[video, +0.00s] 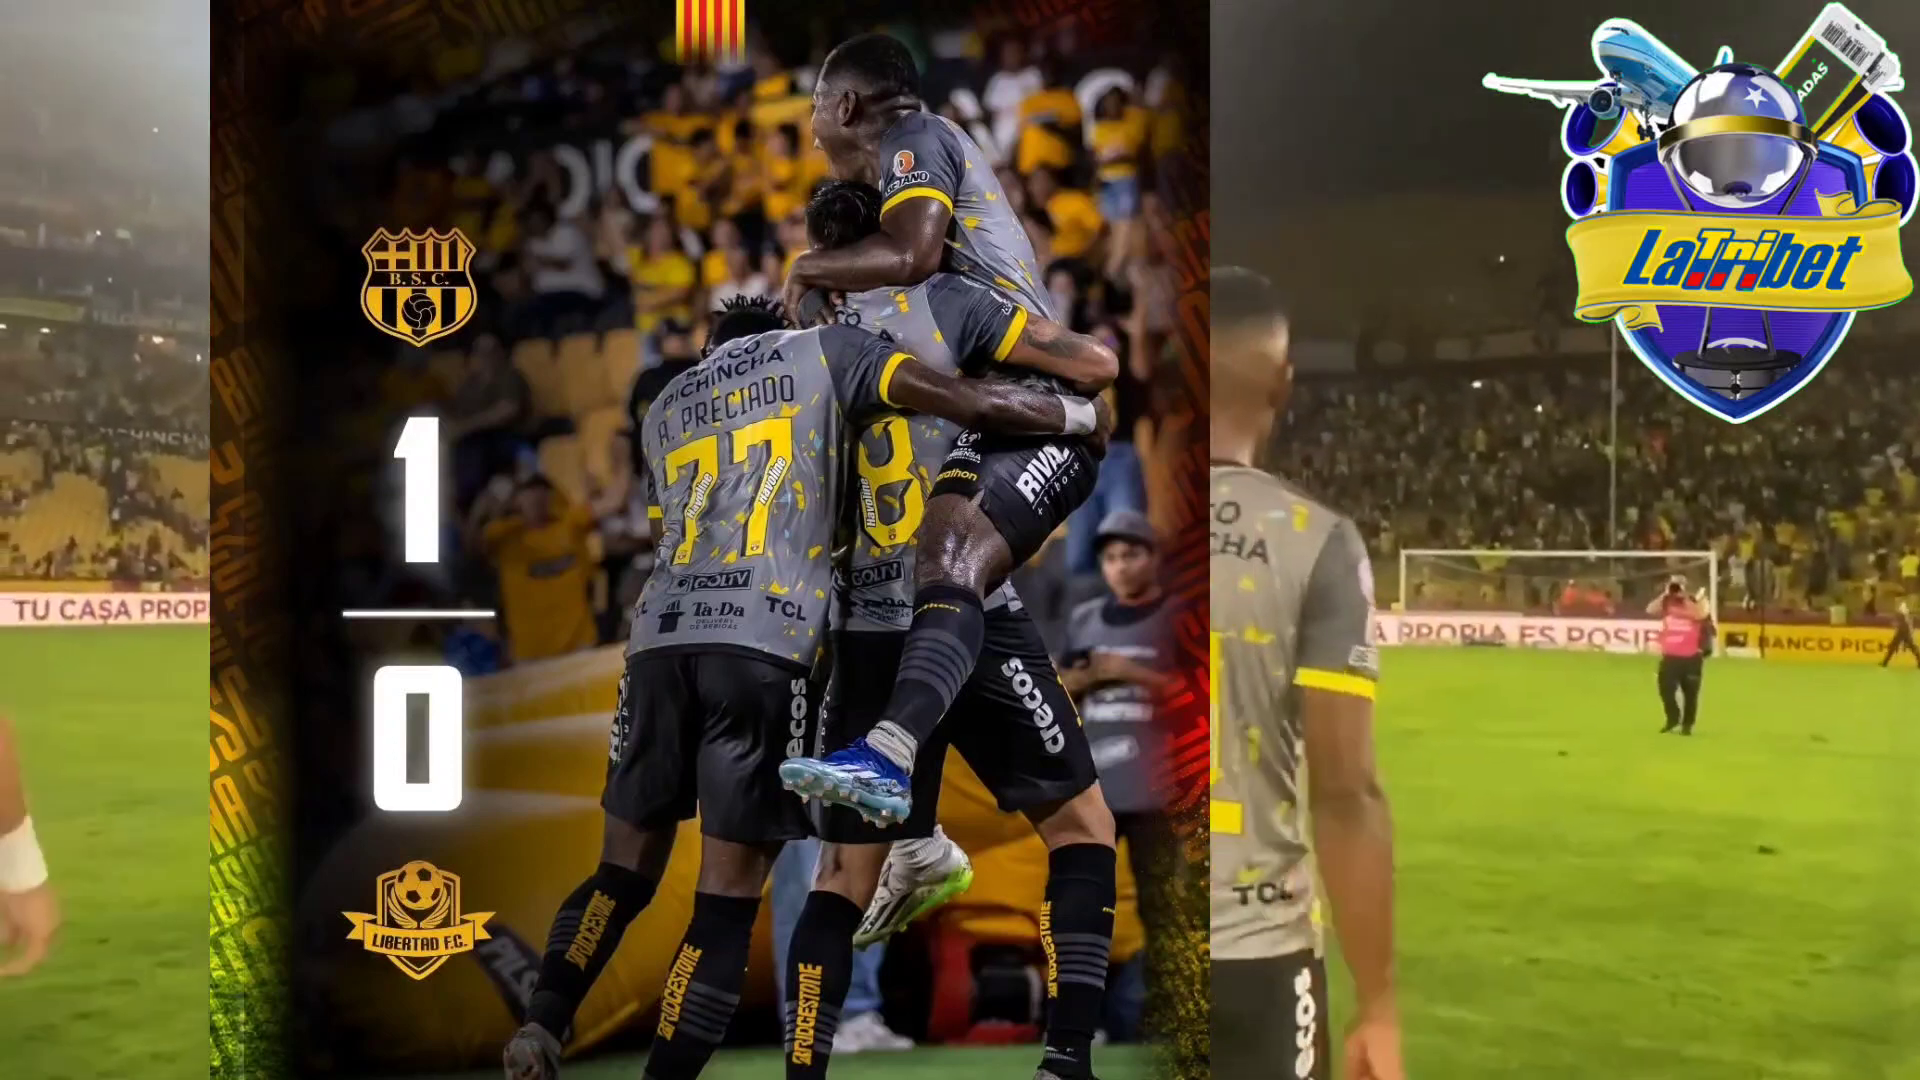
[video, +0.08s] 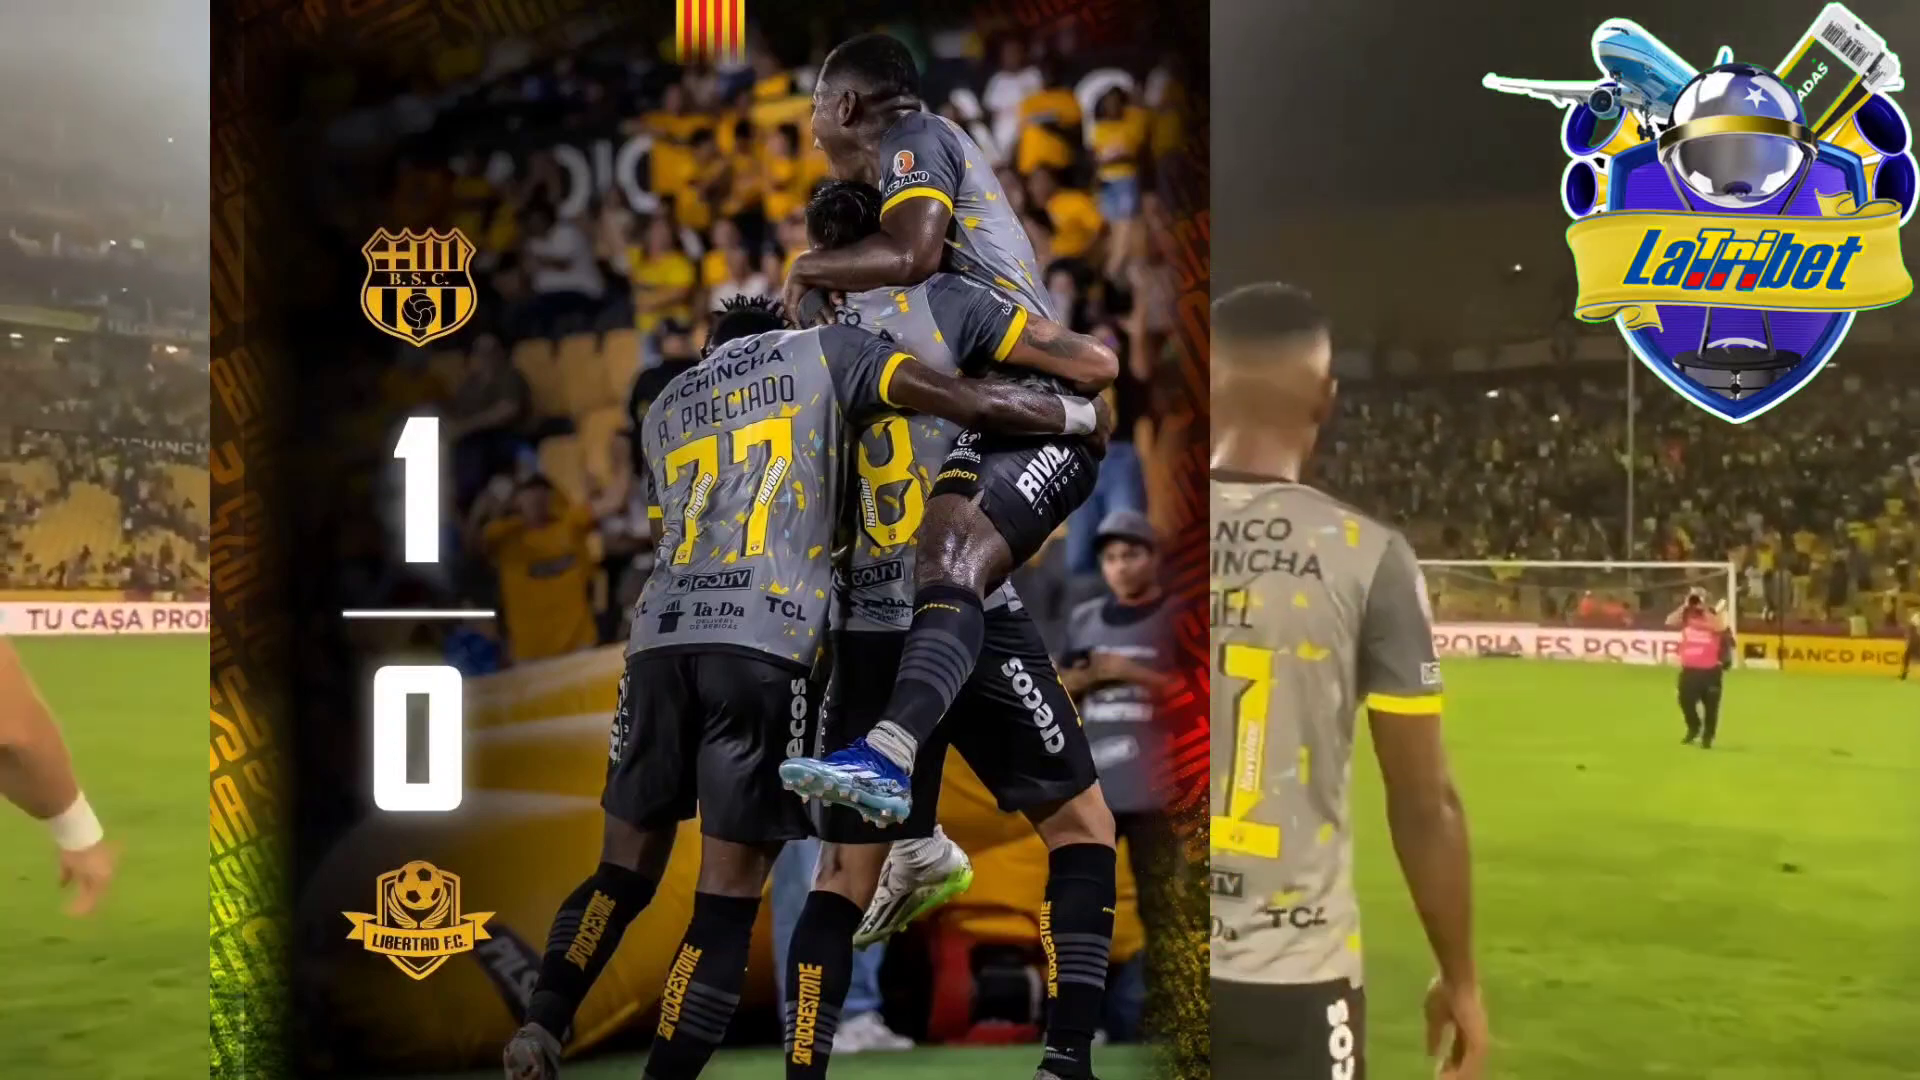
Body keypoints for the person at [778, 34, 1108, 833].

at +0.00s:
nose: (817, 129)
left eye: (822, 110)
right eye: (816, 112)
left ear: (857, 102)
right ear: (882, 103)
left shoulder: (913, 133)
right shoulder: (907, 159)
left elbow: (914, 250)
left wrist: (806, 265)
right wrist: (809, 296)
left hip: (1043, 402)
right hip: (981, 401)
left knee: (952, 558)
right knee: (894, 567)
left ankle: (888, 759)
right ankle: (916, 837)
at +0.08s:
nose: (816, 128)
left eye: (821, 109)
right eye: (815, 111)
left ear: (856, 102)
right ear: (881, 103)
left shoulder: (914, 135)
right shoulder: (912, 152)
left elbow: (914, 251)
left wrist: (807, 265)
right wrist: (808, 298)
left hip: (1043, 403)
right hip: (982, 401)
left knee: (953, 557)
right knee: (898, 565)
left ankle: (888, 759)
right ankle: (915, 837)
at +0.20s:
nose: (817, 128)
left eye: (822, 109)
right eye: (816, 110)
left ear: (857, 102)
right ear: (881, 103)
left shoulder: (913, 133)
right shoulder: (911, 151)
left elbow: (914, 250)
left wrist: (806, 265)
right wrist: (814, 295)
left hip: (1043, 401)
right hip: (981, 399)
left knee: (953, 556)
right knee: (895, 565)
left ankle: (888, 758)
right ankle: (916, 837)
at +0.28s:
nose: (815, 128)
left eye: (821, 108)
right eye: (814, 110)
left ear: (857, 102)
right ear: (879, 104)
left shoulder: (915, 134)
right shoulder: (905, 160)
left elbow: (914, 251)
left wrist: (807, 265)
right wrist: (811, 300)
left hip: (1042, 405)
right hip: (982, 403)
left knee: (952, 556)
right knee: (897, 564)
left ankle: (888, 759)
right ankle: (916, 836)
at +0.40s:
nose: (817, 128)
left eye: (822, 109)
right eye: (815, 111)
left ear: (856, 102)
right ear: (881, 103)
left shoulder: (914, 133)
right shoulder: (911, 151)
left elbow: (914, 250)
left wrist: (807, 265)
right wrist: (812, 296)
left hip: (1042, 404)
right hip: (981, 402)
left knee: (953, 557)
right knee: (897, 565)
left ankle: (888, 758)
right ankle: (916, 837)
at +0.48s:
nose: (815, 126)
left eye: (821, 107)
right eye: (814, 109)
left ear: (856, 102)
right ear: (881, 103)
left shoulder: (914, 135)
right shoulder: (906, 159)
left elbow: (914, 250)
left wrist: (806, 265)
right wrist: (808, 297)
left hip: (1044, 400)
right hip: (982, 398)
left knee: (953, 555)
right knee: (898, 566)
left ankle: (889, 756)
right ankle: (915, 837)